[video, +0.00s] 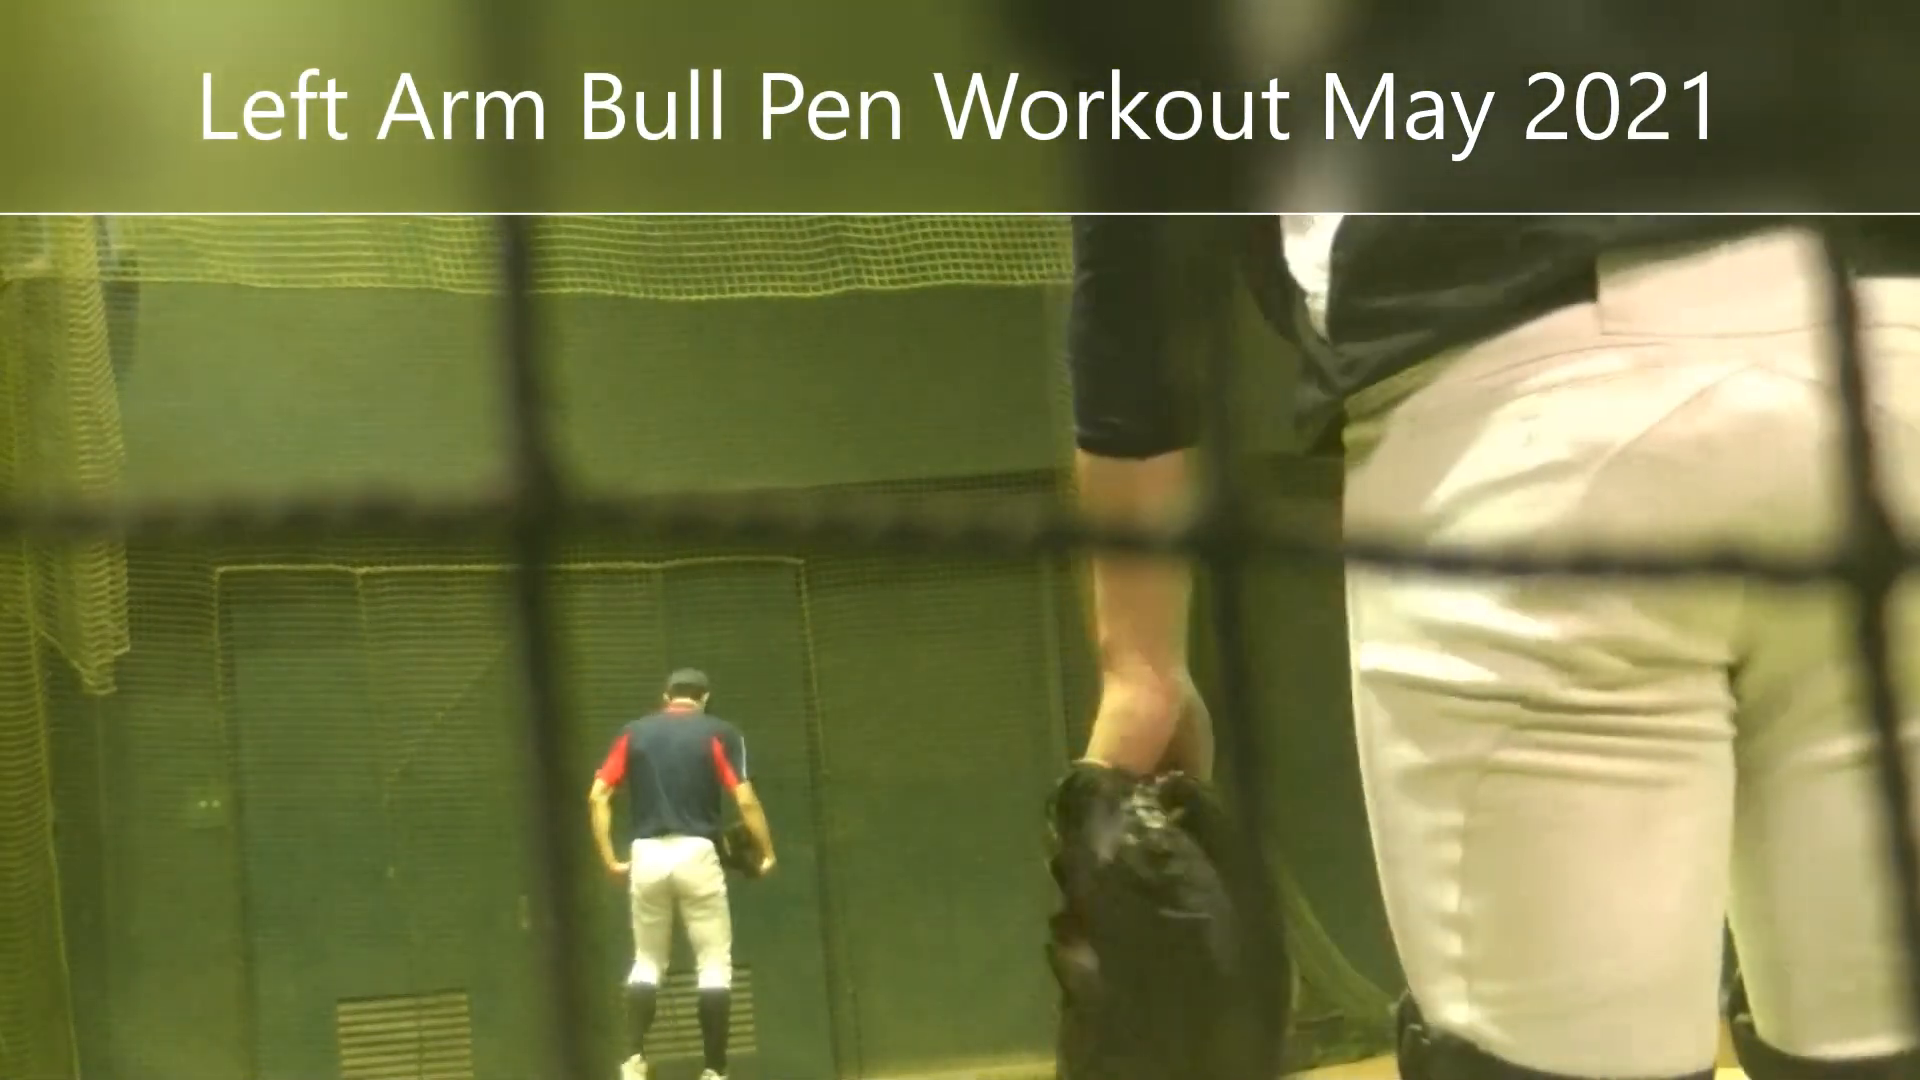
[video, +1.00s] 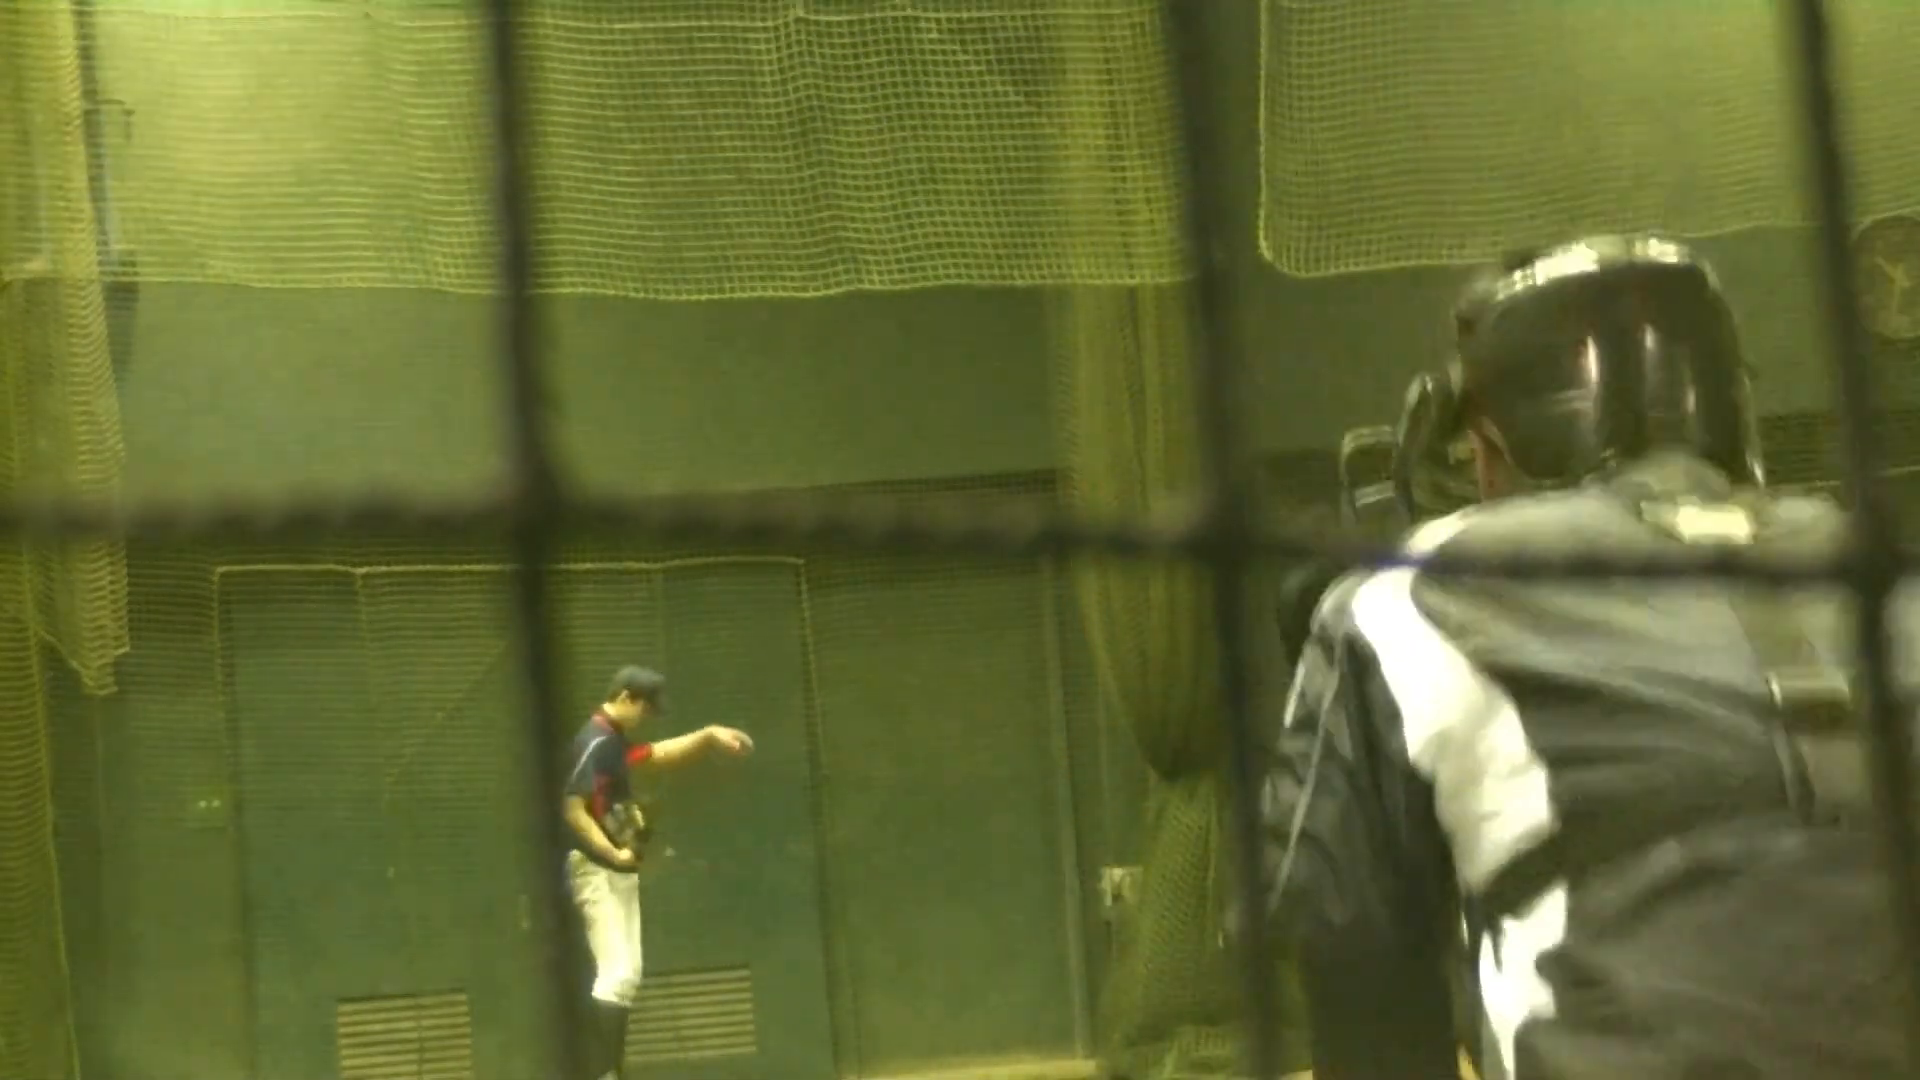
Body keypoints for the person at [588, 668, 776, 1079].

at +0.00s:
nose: (698, 704)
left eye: (674, 697)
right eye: (701, 698)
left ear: (666, 698)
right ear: (703, 699)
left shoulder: (634, 733)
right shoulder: (719, 733)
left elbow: (598, 794)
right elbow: (745, 799)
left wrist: (609, 860)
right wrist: (766, 852)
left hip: (646, 857)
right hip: (697, 856)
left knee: (647, 958)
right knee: (713, 959)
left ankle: (633, 1057)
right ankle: (715, 1068)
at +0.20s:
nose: (696, 709)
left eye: (695, 704)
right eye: (696, 704)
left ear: (657, 699)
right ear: (690, 700)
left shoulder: (621, 735)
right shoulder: (695, 733)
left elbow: (580, 797)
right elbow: (719, 795)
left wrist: (605, 859)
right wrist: (753, 842)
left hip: (627, 860)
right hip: (673, 859)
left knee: (644, 967)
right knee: (704, 960)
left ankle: (616, 1070)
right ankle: (713, 1068)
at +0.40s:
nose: (676, 721)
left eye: (679, 716)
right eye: (677, 714)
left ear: (642, 700)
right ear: (667, 703)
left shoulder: (602, 737)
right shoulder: (659, 730)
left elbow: (582, 804)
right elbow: (668, 790)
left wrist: (612, 837)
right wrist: (710, 830)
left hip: (603, 861)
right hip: (644, 859)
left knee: (623, 972)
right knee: (680, 963)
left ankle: (606, 1072)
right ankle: (706, 1067)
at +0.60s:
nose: (660, 718)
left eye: (663, 712)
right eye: (662, 711)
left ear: (633, 695)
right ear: (650, 697)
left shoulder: (597, 732)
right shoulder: (633, 730)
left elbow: (612, 804)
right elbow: (630, 799)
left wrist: (666, 838)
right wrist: (671, 840)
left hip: (589, 858)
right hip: (621, 857)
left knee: (614, 970)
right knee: (667, 959)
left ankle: (605, 1072)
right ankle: (671, 1067)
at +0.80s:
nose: (651, 718)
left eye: (654, 711)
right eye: (652, 709)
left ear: (630, 696)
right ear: (637, 697)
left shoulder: (599, 731)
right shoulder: (613, 734)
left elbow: (626, 785)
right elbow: (601, 807)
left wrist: (682, 792)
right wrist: (646, 851)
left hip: (589, 859)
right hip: (607, 859)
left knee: (615, 968)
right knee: (640, 962)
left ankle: (601, 1066)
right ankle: (620, 1067)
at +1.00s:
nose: (647, 718)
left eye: (650, 710)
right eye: (646, 708)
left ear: (629, 701)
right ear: (626, 698)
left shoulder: (612, 739)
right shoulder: (598, 739)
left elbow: (653, 755)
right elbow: (572, 808)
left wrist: (708, 735)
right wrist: (616, 855)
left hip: (619, 868)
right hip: (595, 867)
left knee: (625, 975)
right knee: (617, 975)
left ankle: (607, 1069)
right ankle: (600, 1070)